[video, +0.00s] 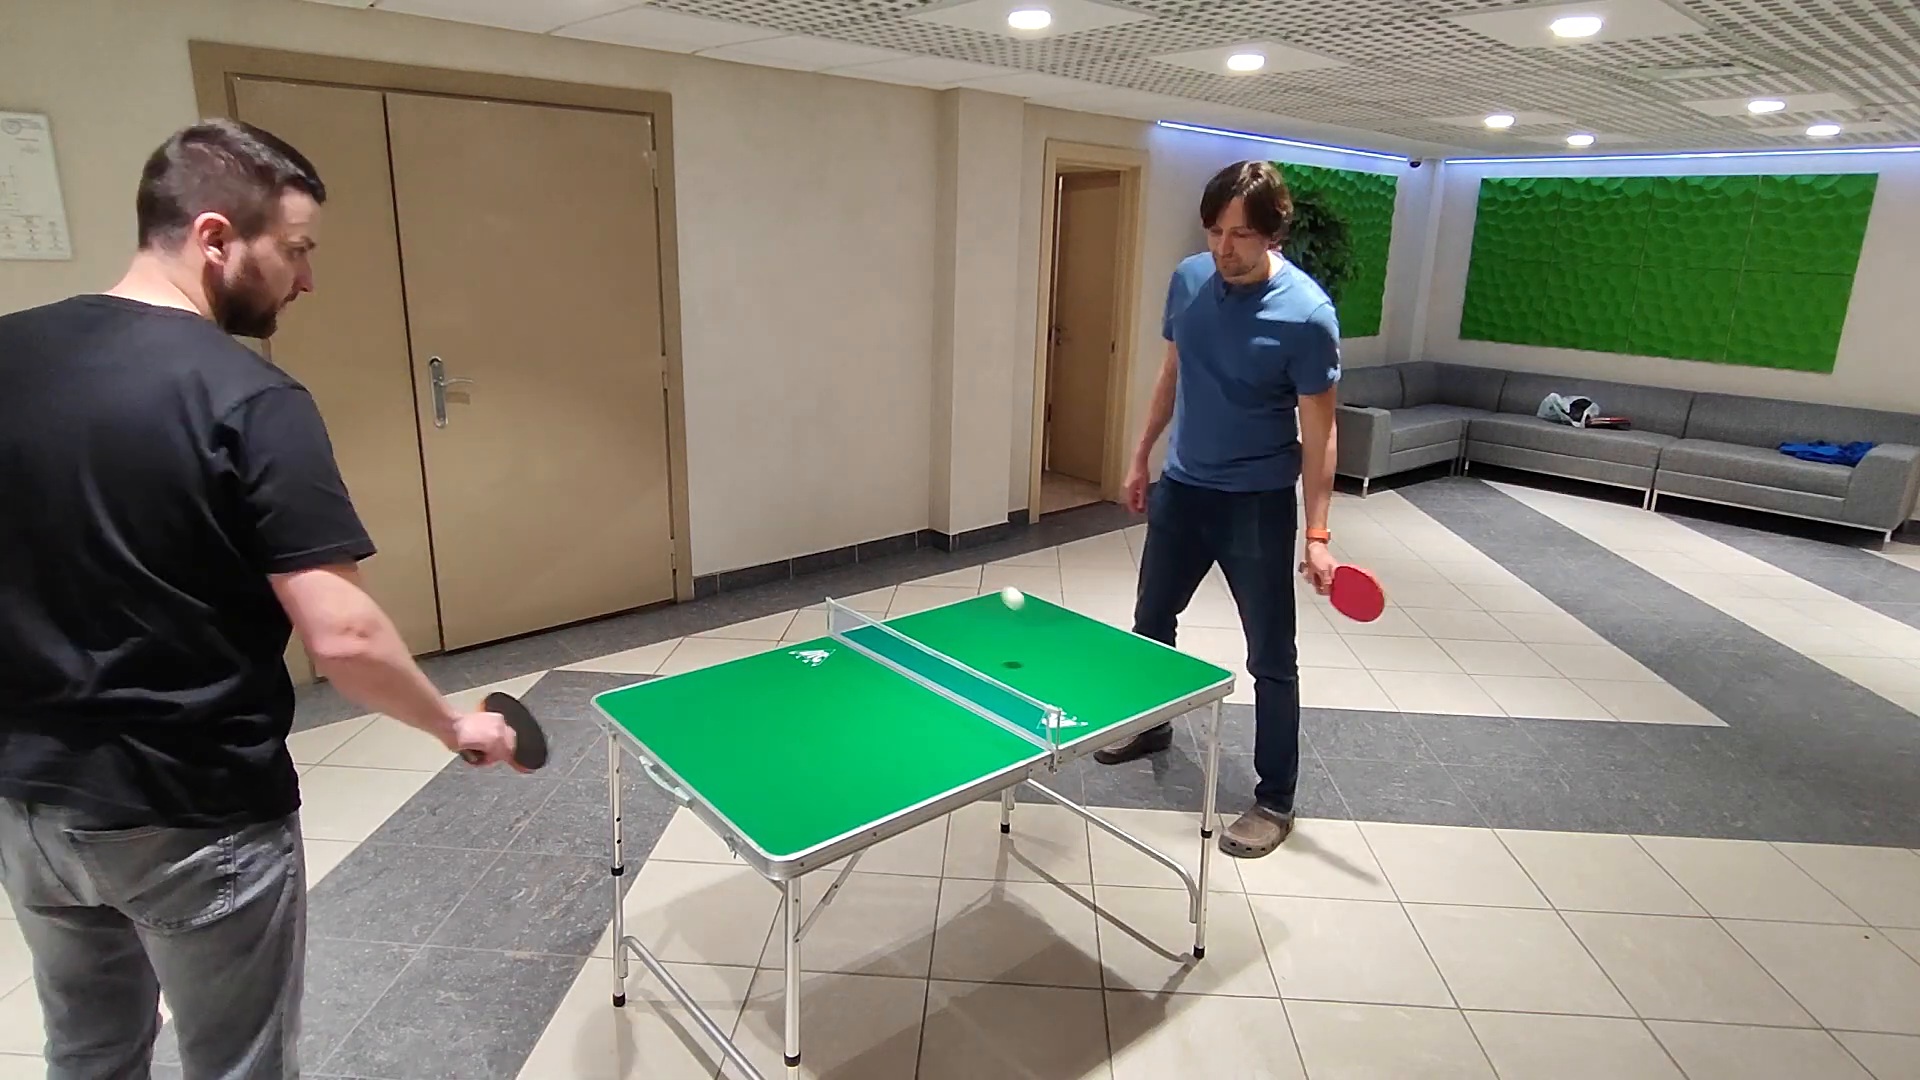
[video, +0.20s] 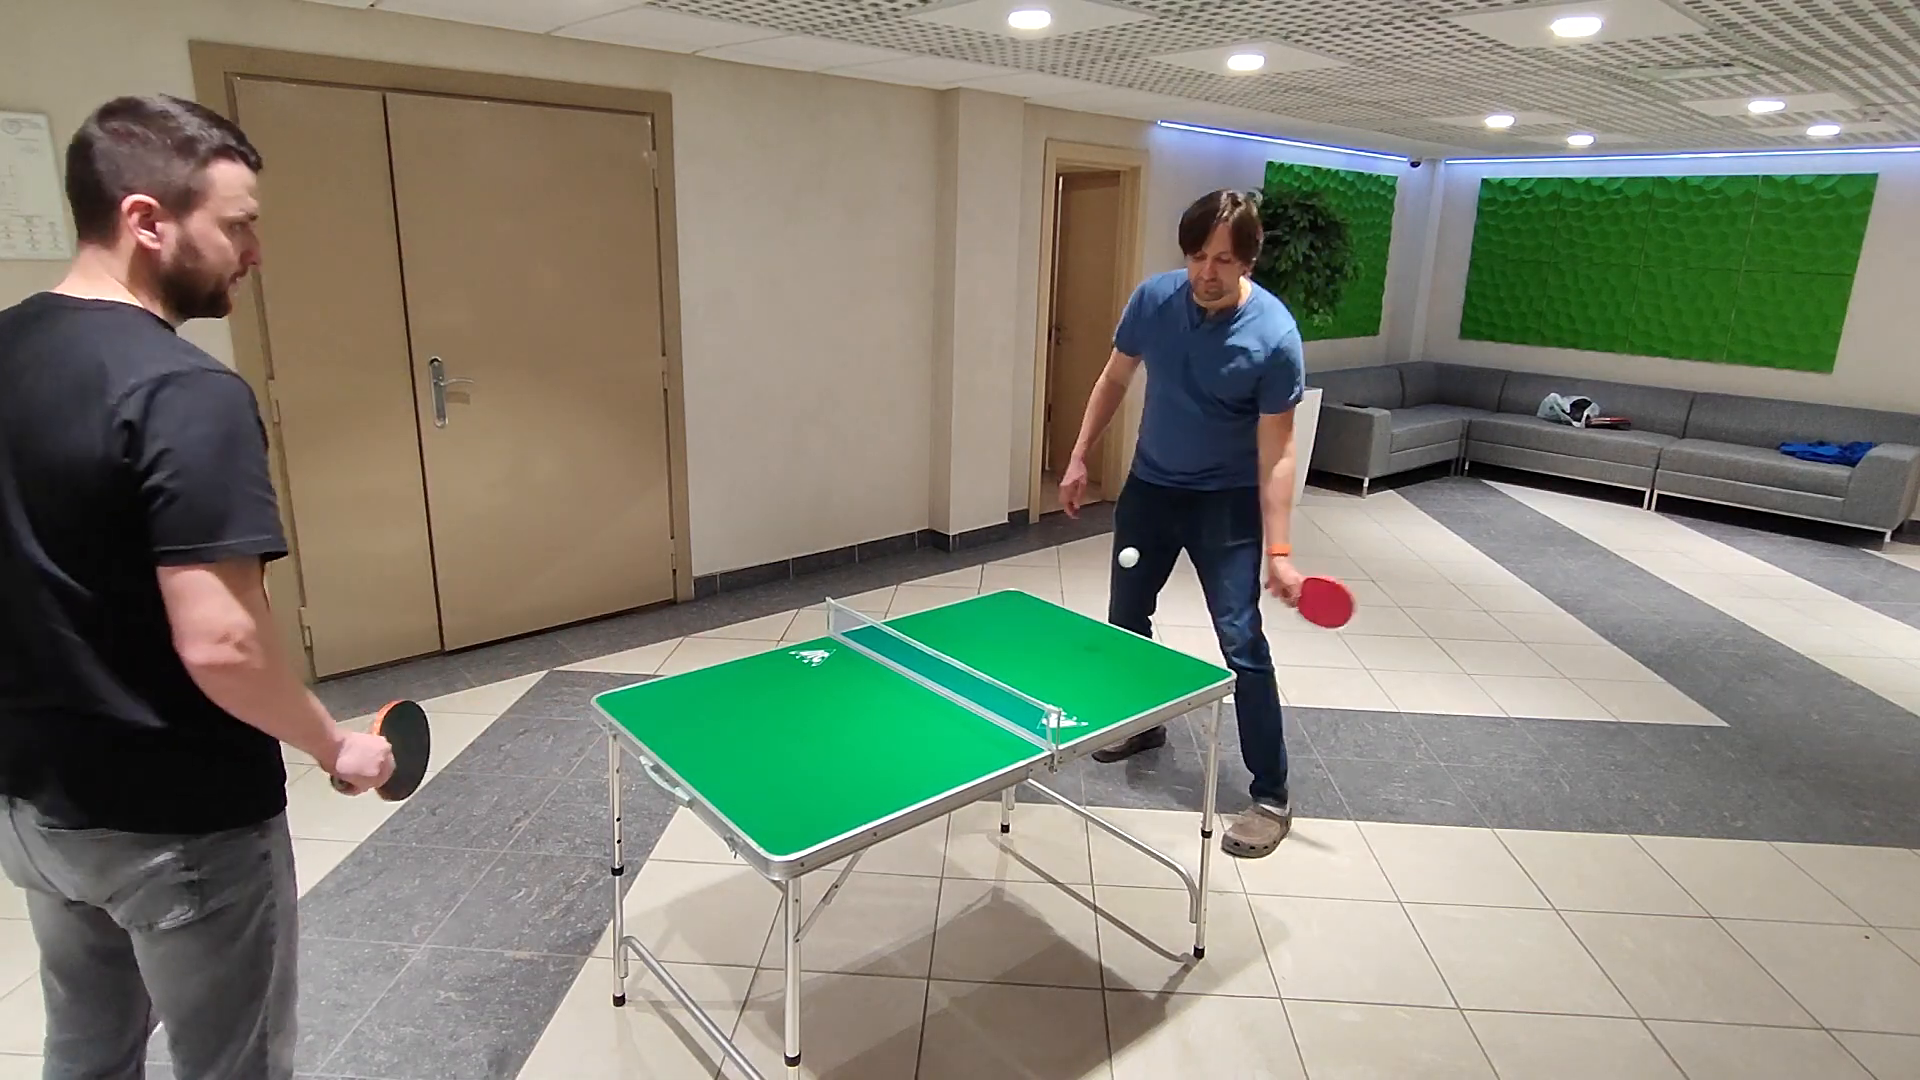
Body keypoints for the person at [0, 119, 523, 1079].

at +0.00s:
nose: (305, 280)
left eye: (310, 255)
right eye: (296, 251)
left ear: (203, 234)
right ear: (214, 238)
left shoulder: (15, 347)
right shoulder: (249, 396)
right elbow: (342, 637)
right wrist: (451, 723)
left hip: (28, 797)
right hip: (195, 811)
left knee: (89, 1061)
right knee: (239, 1064)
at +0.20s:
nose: (254, 254)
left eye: (254, 228)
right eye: (237, 227)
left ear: (143, 222)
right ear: (147, 221)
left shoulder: (9, 344)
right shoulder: (184, 390)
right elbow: (220, 643)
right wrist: (333, 744)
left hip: (37, 799)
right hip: (180, 821)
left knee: (86, 1055)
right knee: (237, 1064)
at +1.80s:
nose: (333, 287)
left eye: (331, 258)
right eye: (313, 259)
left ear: (213, 256)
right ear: (216, 254)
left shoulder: (165, 366)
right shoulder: (177, 426)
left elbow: (266, 561)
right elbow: (174, 692)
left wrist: (402, 656)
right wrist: (352, 795)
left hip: (121, 795)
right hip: (201, 820)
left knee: (115, 1038)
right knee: (389, 1011)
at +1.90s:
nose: (408, 311)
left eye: (407, 284)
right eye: (392, 286)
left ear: (299, 279)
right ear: (304, 279)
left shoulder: (248, 381)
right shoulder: (252, 444)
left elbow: (359, 546)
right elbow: (217, 706)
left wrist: (500, 631)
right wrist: (398, 800)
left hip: (154, 797)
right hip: (238, 822)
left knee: (131, 1046)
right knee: (426, 1026)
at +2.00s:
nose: (510, 347)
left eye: (510, 324)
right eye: (497, 324)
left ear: (415, 316)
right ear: (419, 316)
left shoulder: (335, 400)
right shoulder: (350, 471)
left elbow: (465, 543)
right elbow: (279, 724)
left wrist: (611, 615)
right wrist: (447, 825)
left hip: (205, 793)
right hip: (291, 822)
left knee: (171, 1042)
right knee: (476, 1017)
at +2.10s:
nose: (609, 390)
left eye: (612, 369)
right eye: (604, 369)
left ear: (523, 352)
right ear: (536, 359)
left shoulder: (433, 414)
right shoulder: (435, 489)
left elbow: (562, 546)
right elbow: (344, 735)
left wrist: (703, 613)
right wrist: (494, 854)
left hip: (246, 769)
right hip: (317, 808)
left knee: (217, 1021)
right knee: (515, 979)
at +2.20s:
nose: (680, 417)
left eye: (687, 397)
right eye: (679, 395)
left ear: (602, 376)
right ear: (618, 380)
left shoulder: (500, 412)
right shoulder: (511, 491)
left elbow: (629, 555)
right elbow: (391, 725)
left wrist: (744, 634)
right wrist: (514, 866)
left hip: (275, 745)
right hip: (351, 793)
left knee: (252, 988)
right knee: (530, 980)